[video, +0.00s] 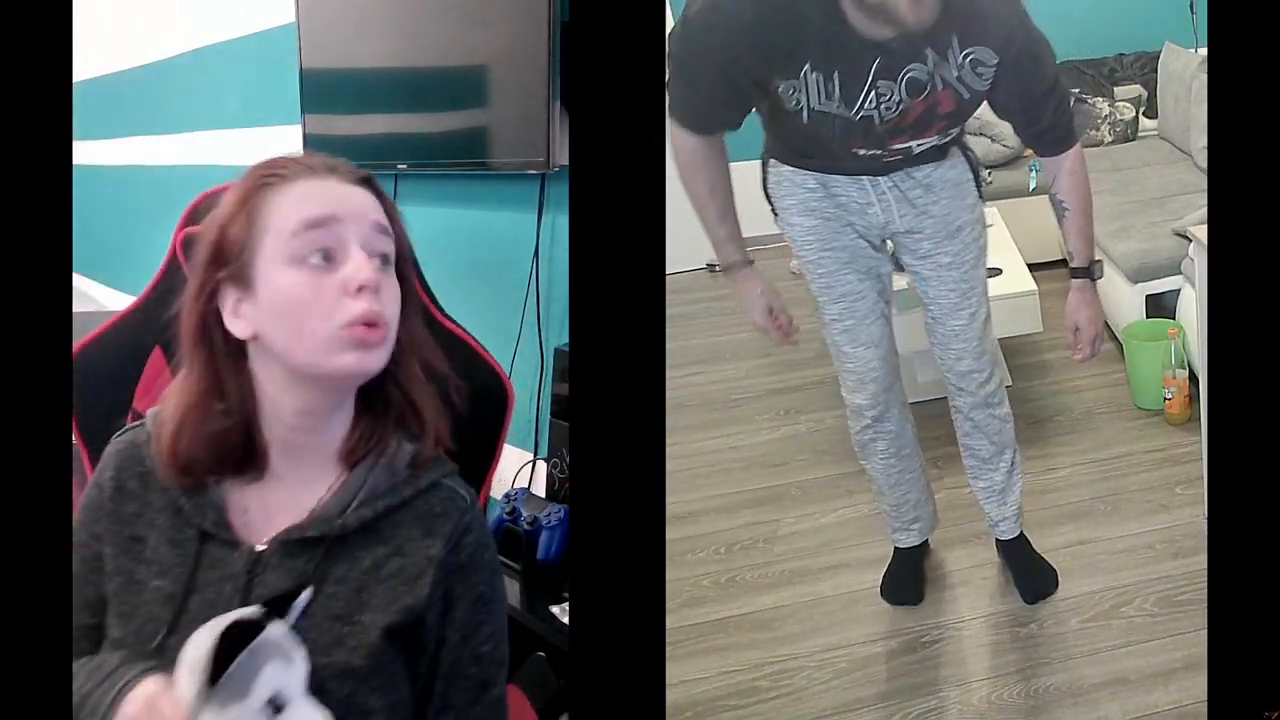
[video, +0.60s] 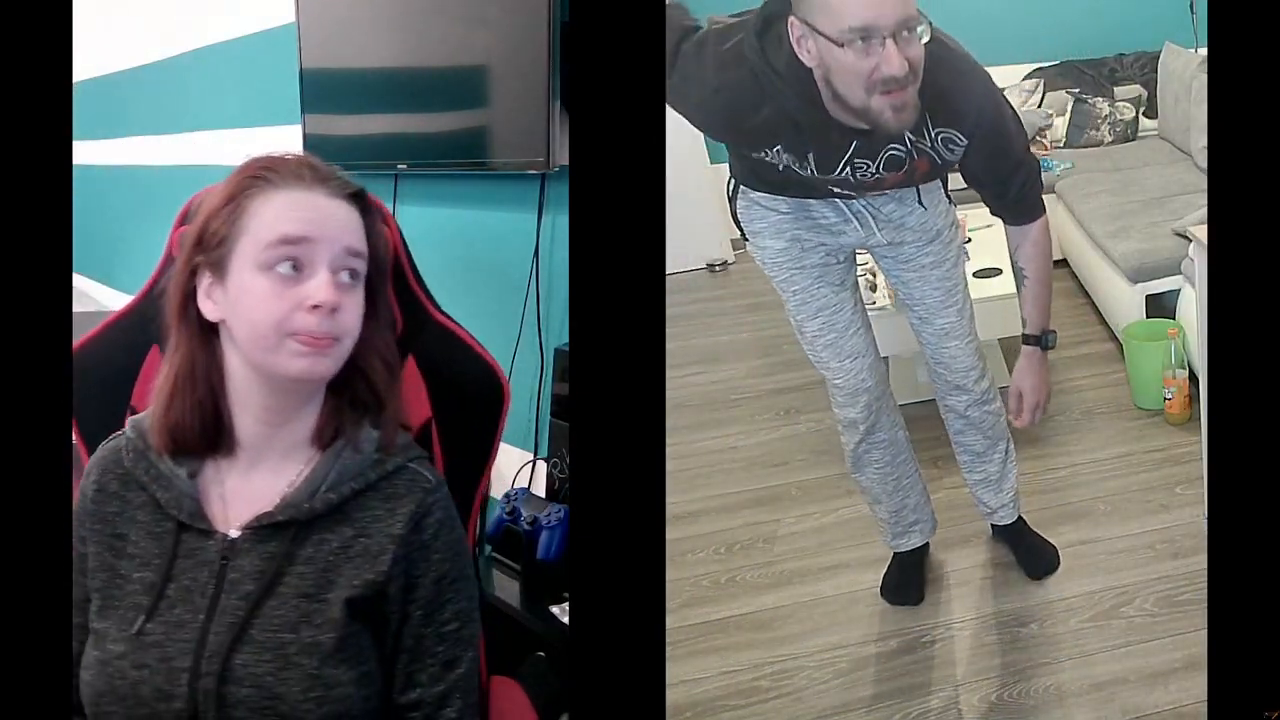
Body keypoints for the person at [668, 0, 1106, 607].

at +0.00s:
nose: (922, 6)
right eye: (903, 0)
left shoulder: (991, 17)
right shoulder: (747, 17)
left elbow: (1060, 139)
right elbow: (691, 117)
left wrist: (1083, 277)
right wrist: (737, 266)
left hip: (935, 174)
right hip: (814, 186)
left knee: (972, 367)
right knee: (869, 389)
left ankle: (1009, 527)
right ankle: (908, 533)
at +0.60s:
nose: (895, 62)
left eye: (907, 33)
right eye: (864, 41)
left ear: (922, 22)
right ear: (804, 43)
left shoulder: (962, 89)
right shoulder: (731, 80)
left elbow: (1025, 210)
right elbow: (672, 30)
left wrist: (1036, 345)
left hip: (913, 192)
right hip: (787, 205)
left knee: (961, 365)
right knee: (856, 390)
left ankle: (1004, 512)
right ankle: (909, 537)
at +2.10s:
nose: (949, 118)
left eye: (971, 89)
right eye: (923, 89)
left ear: (987, 65)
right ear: (874, 73)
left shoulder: (1024, 129)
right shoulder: (803, 73)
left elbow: (1076, 256)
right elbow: (739, 3)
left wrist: (1082, 389)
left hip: (970, 195)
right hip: (847, 186)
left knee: (991, 361)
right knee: (884, 372)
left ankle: (1007, 514)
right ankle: (910, 535)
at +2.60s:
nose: (955, 188)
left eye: (974, 162)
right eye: (931, 162)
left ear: (995, 122)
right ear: (887, 127)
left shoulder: (1034, 150)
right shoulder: (818, 119)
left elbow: (1090, 271)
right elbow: (748, 3)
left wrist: (1097, 397)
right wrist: (844, 40)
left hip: (990, 192)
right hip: (867, 179)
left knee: (1001, 357)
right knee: (912, 370)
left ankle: (1010, 516)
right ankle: (941, 542)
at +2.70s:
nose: (948, 211)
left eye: (968, 182)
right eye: (924, 186)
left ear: (988, 134)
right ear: (879, 145)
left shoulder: (1025, 150)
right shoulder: (813, 134)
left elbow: (1087, 276)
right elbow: (739, 23)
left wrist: (1097, 403)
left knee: (997, 354)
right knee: (915, 366)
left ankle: (1010, 516)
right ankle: (946, 541)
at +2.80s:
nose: (939, 238)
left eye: (958, 210)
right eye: (913, 213)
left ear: (977, 147)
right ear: (868, 166)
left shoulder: (1017, 161)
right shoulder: (805, 158)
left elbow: (1083, 285)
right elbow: (715, 34)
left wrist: (1094, 412)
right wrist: (712, 23)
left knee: (991, 355)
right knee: (911, 370)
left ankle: (1010, 516)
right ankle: (945, 542)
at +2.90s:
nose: (922, 280)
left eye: (939, 248)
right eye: (896, 251)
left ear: (965, 182)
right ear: (852, 191)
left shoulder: (1015, 186)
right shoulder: (796, 183)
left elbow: (1080, 306)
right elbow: (706, 117)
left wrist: (1091, 431)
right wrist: (731, 265)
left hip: (950, 78)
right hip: (821, 85)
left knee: (986, 364)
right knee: (903, 377)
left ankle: (1009, 514)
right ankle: (944, 541)